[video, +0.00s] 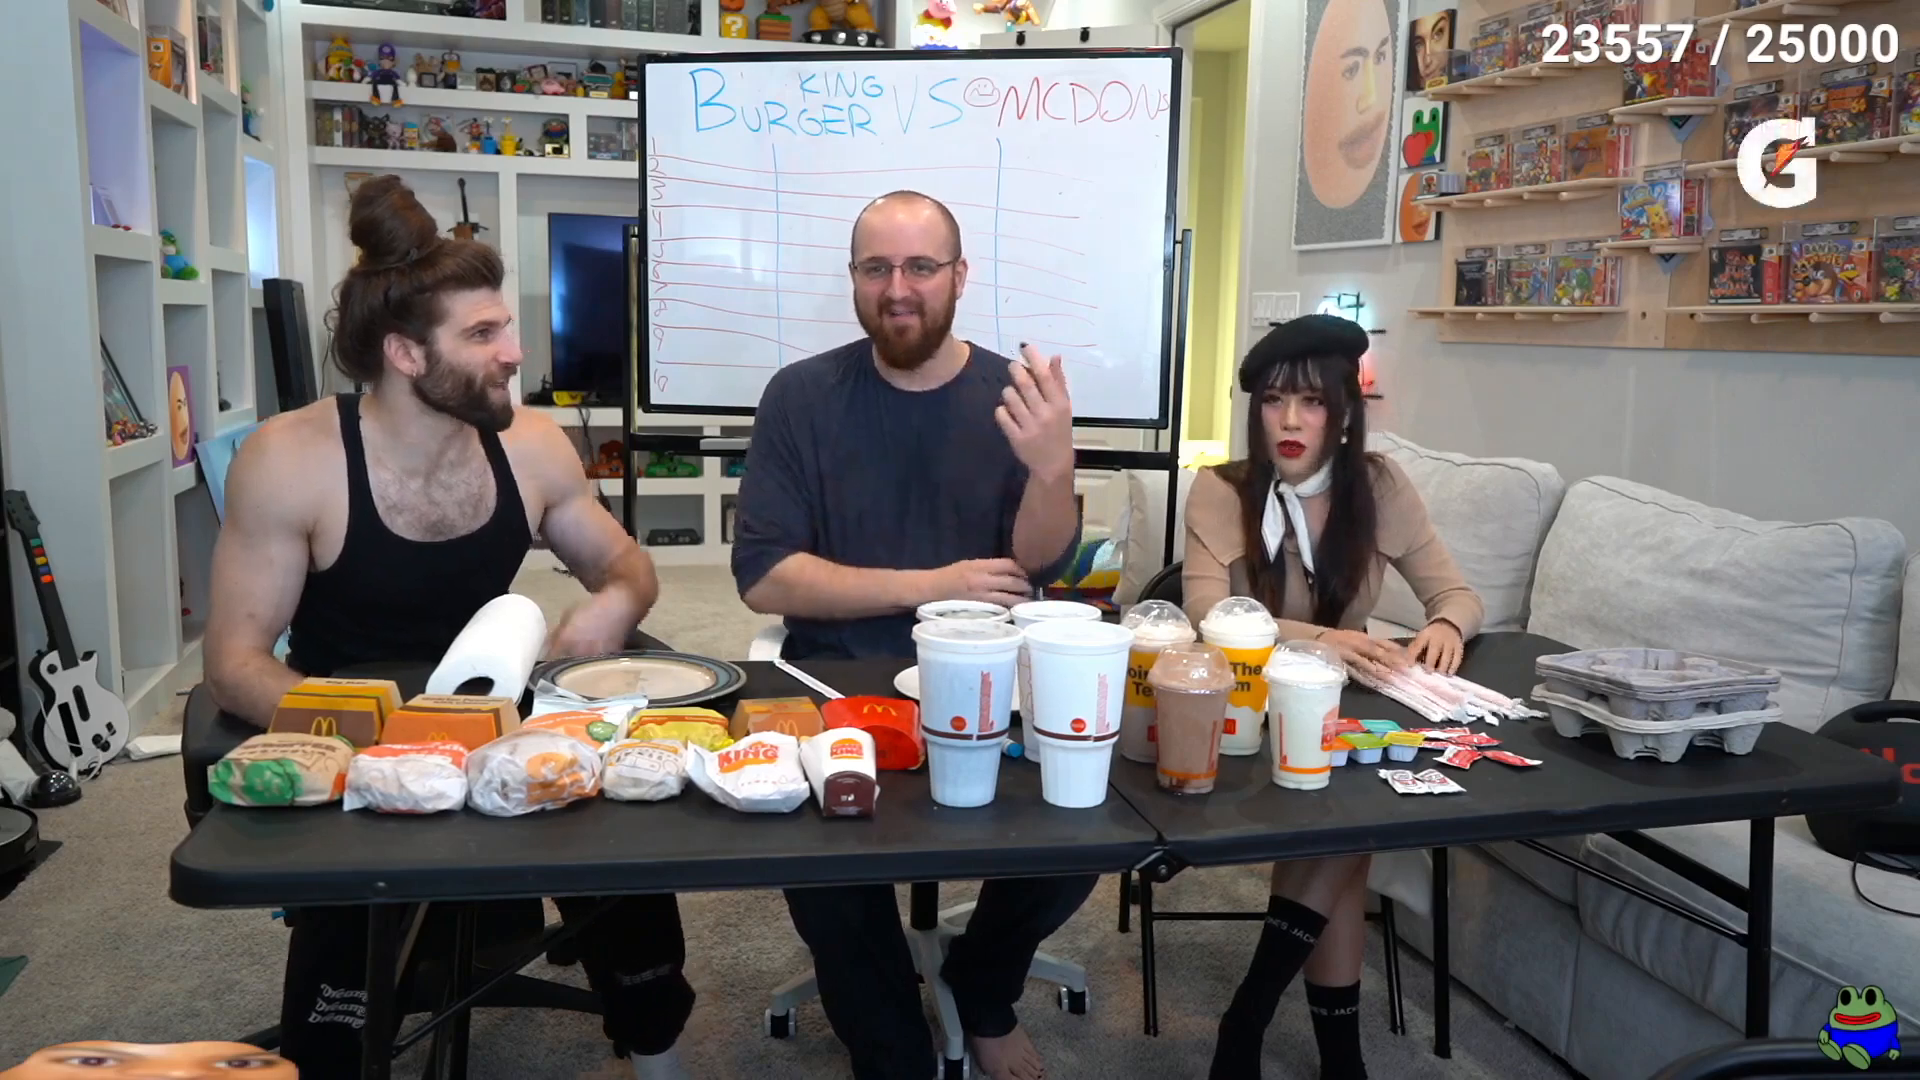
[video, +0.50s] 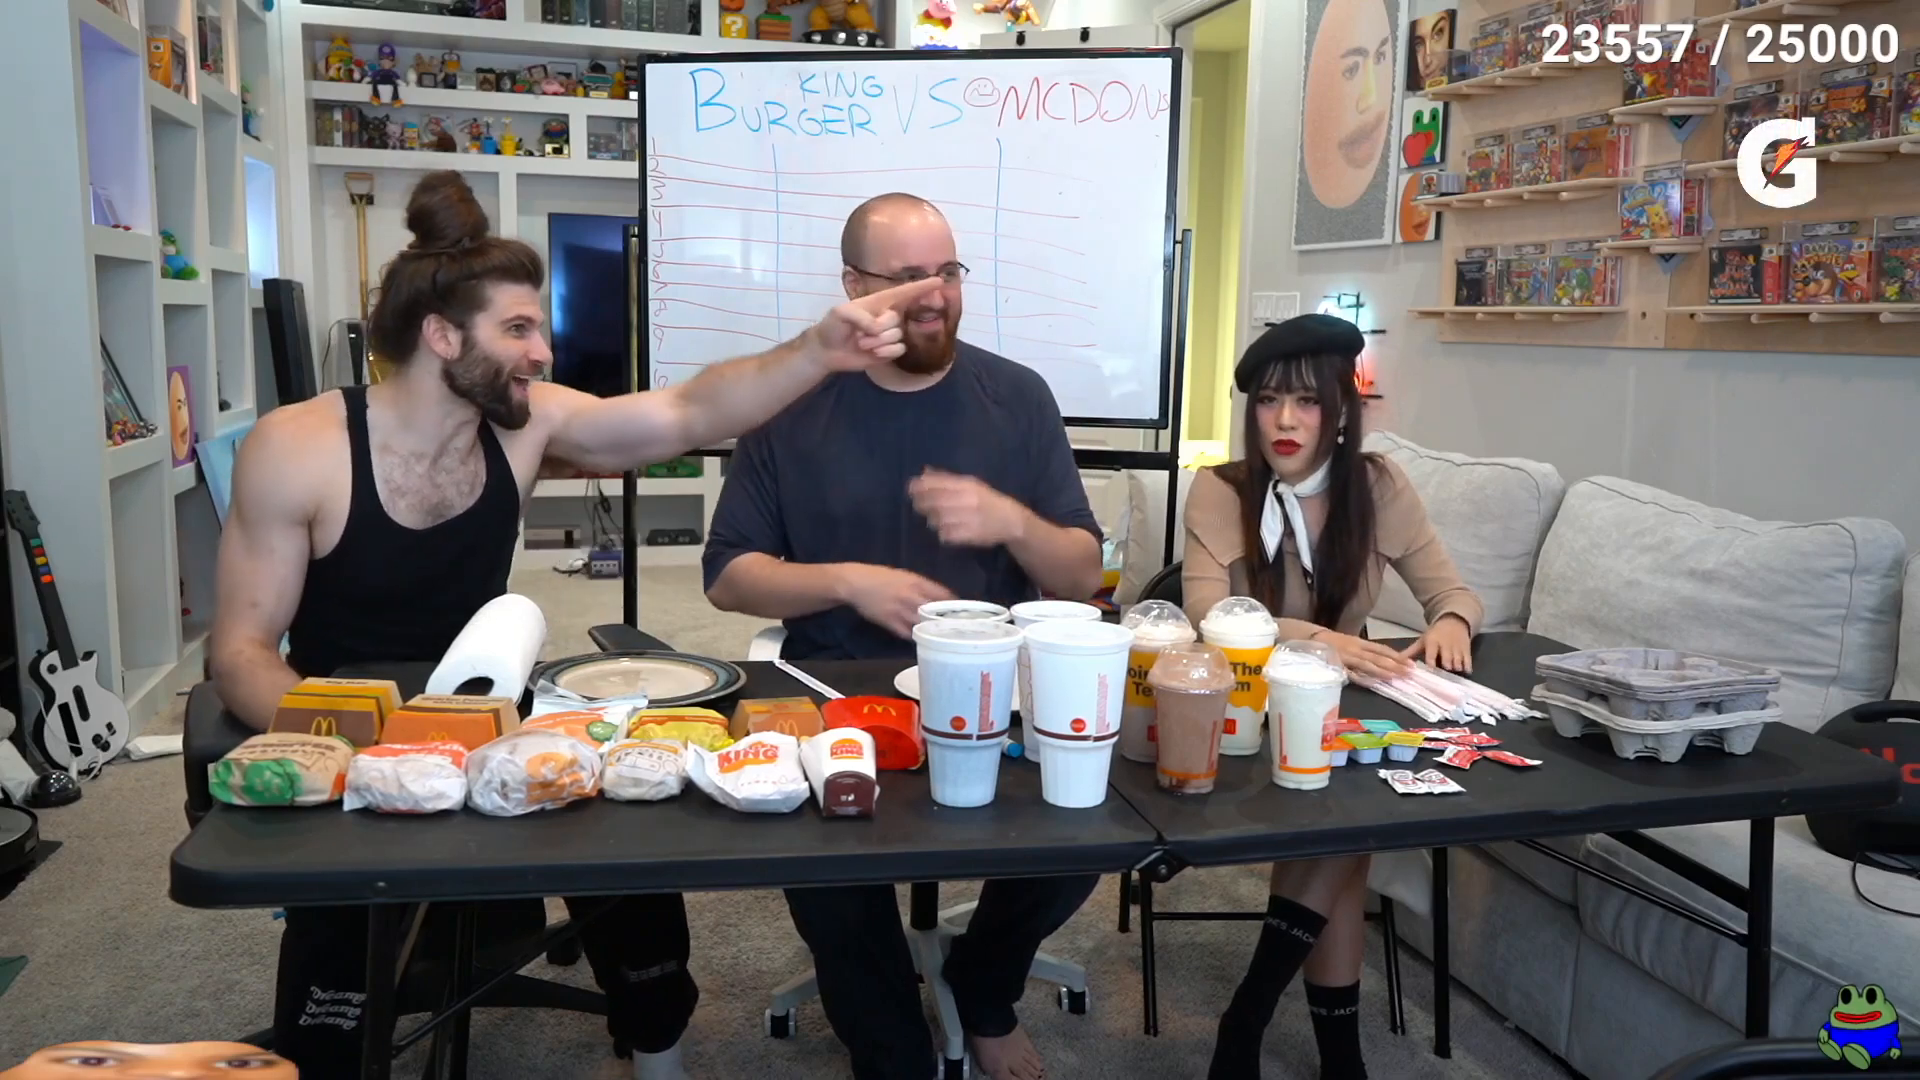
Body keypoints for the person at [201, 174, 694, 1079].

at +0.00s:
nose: (512, 351)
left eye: (508, 329)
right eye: (483, 333)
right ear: (404, 354)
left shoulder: (530, 445)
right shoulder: (288, 460)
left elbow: (628, 565)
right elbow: (234, 662)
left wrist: (613, 609)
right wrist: (347, 721)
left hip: (501, 743)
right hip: (348, 755)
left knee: (622, 833)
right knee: (351, 890)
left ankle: (655, 1054)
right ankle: (321, 1070)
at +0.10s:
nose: (511, 348)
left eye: (507, 326)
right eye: (482, 330)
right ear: (404, 351)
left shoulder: (523, 439)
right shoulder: (287, 456)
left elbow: (626, 577)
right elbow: (235, 661)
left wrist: (666, 535)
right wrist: (350, 725)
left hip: (496, 740)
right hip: (344, 753)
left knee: (624, 831)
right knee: (350, 889)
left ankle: (656, 1055)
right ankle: (320, 1071)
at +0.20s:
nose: (515, 345)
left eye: (512, 323)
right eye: (488, 327)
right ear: (409, 344)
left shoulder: (522, 439)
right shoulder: (286, 454)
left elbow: (661, 560)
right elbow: (234, 657)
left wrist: (698, 494)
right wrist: (361, 730)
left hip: (491, 740)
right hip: (336, 749)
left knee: (624, 824)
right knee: (350, 886)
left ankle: (656, 1056)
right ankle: (325, 1072)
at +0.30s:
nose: (521, 345)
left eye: (518, 323)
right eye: (495, 325)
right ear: (418, 341)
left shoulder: (523, 434)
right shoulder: (287, 450)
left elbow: (677, 508)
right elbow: (236, 655)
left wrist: (740, 438)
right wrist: (354, 722)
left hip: (488, 737)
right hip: (338, 750)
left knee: (629, 829)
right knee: (350, 892)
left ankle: (658, 1057)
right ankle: (321, 1072)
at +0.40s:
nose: (530, 347)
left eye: (529, 326)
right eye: (506, 326)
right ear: (428, 336)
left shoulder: (521, 424)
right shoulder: (292, 449)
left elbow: (687, 447)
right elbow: (239, 653)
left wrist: (787, 376)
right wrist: (358, 732)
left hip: (489, 735)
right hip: (336, 745)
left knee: (622, 817)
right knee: (348, 884)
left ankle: (658, 1056)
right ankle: (324, 1075)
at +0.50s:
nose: (542, 354)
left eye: (543, 329)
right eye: (519, 329)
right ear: (439, 336)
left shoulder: (532, 420)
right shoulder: (295, 450)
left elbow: (689, 413)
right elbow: (238, 649)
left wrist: (815, 353)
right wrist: (336, 736)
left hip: (486, 725)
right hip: (333, 736)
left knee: (624, 810)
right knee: (352, 868)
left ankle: (655, 1048)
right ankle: (316, 1060)